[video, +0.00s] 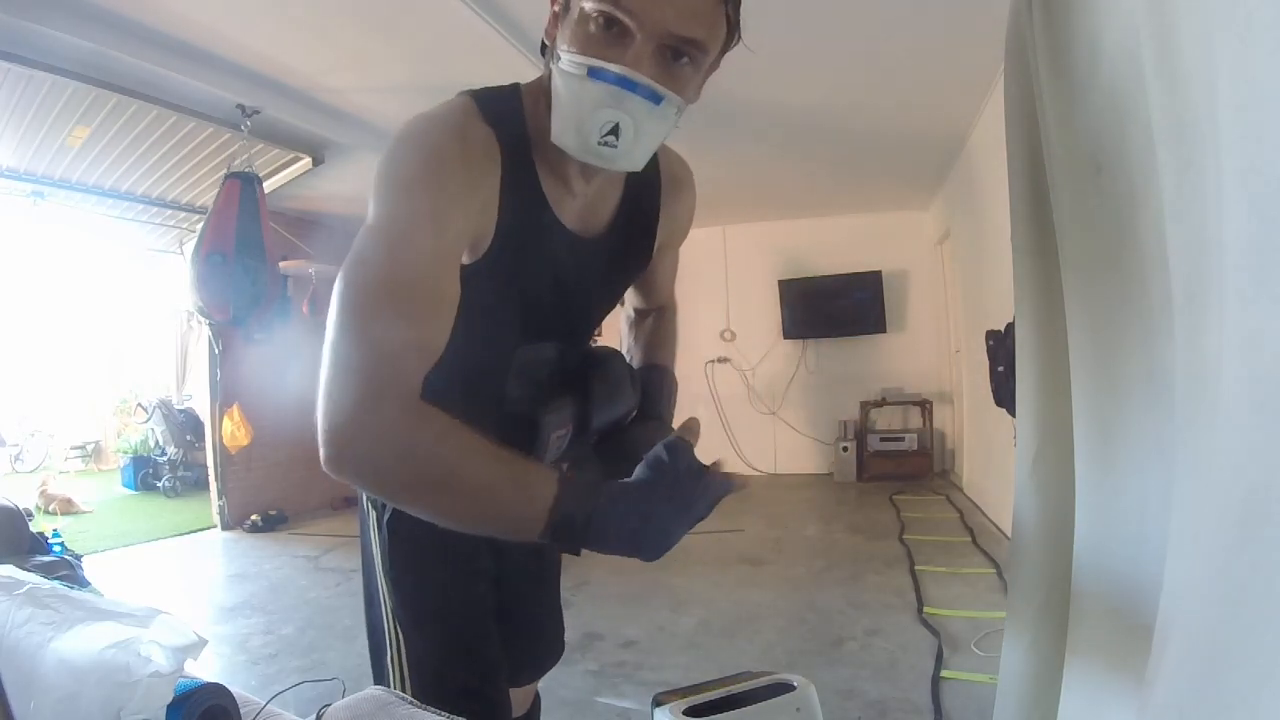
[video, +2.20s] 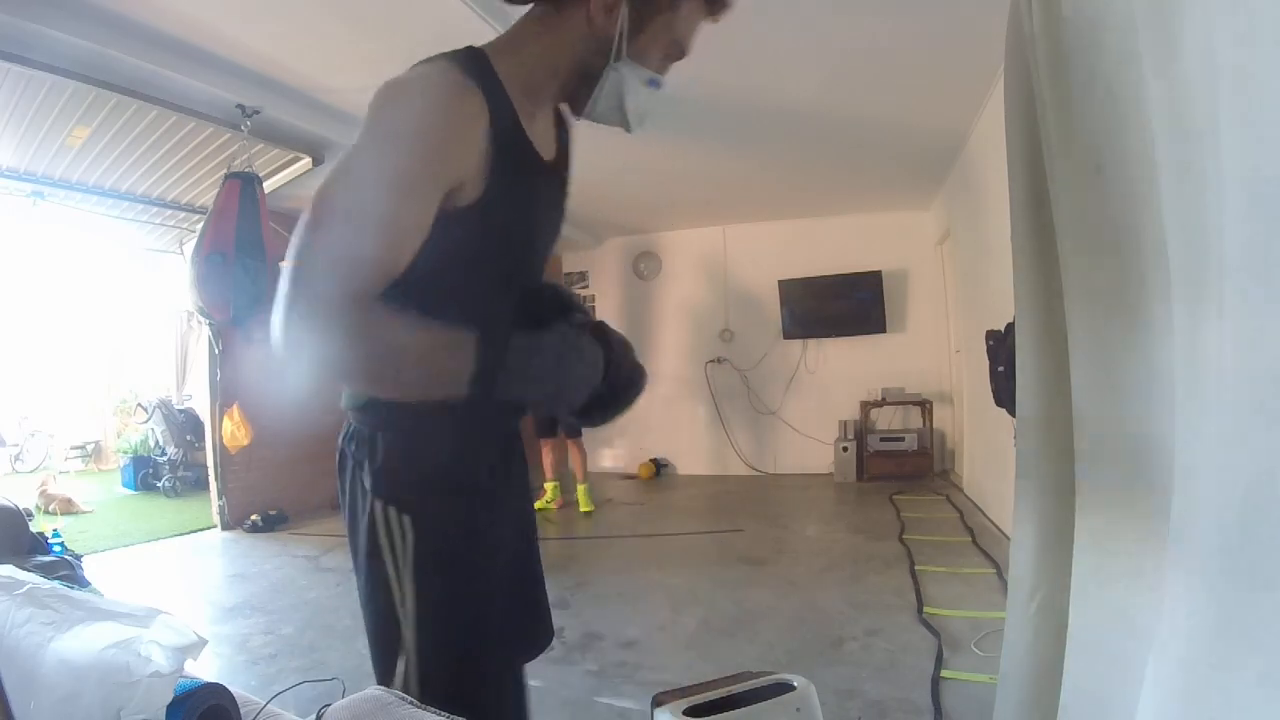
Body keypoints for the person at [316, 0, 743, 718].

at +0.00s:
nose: (633, 74)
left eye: (679, 54)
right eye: (610, 26)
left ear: (711, 73)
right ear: (556, 20)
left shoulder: (664, 187)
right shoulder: (446, 152)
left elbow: (653, 309)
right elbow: (362, 431)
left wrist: (651, 418)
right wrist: (584, 512)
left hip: (535, 467)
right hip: (421, 469)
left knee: (521, 684)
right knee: (462, 704)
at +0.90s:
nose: (637, 84)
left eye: (678, 66)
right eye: (616, 41)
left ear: (706, 80)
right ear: (563, 27)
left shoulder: (658, 192)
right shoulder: (459, 162)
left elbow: (644, 307)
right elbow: (409, 393)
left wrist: (646, 412)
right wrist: (465, 531)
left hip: (547, 459)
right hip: (435, 456)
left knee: (529, 684)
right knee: (463, 703)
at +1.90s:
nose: (681, 63)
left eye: (709, 38)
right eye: (658, 17)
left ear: (720, 40)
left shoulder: (625, 149)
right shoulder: (429, 134)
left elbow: (607, 268)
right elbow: (347, 410)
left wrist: (624, 381)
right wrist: (495, 598)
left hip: (515, 477)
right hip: (412, 484)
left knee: (532, 689)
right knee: (439, 706)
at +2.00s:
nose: (692, 71)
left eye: (712, 48)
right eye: (683, 30)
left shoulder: (603, 135)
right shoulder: (430, 119)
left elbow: (576, 253)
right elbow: (328, 387)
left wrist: (604, 358)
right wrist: (475, 532)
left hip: (506, 472)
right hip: (407, 482)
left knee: (487, 678)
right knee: (443, 699)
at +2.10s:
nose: (684, 75)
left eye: (699, 54)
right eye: (687, 43)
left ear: (592, 8)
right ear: (599, 3)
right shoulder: (428, 108)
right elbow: (298, 353)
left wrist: (595, 348)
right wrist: (477, 427)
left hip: (493, 469)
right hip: (412, 477)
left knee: (480, 674)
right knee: (450, 705)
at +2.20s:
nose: (680, 56)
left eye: (695, 29)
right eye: (688, 20)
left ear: (605, 12)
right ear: (606, 7)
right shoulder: (436, 101)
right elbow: (313, 331)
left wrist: (572, 342)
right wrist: (505, 364)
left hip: (487, 449)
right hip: (415, 459)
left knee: (493, 682)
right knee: (449, 699)